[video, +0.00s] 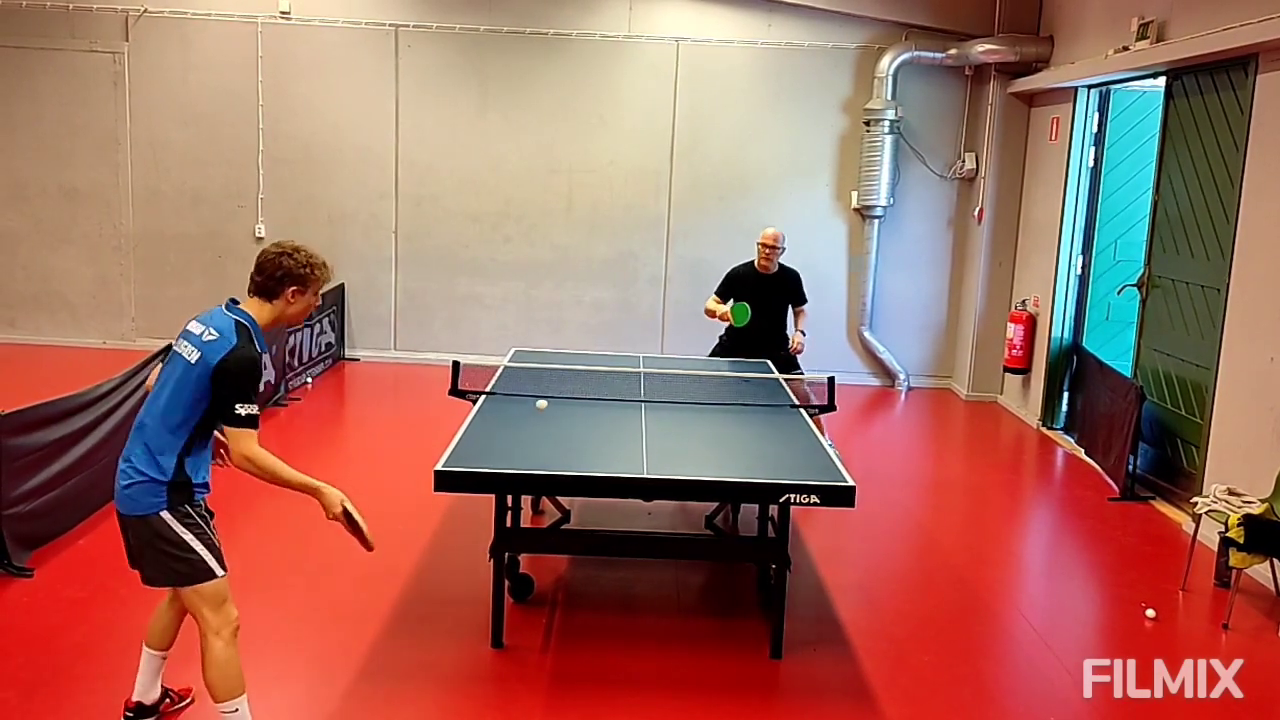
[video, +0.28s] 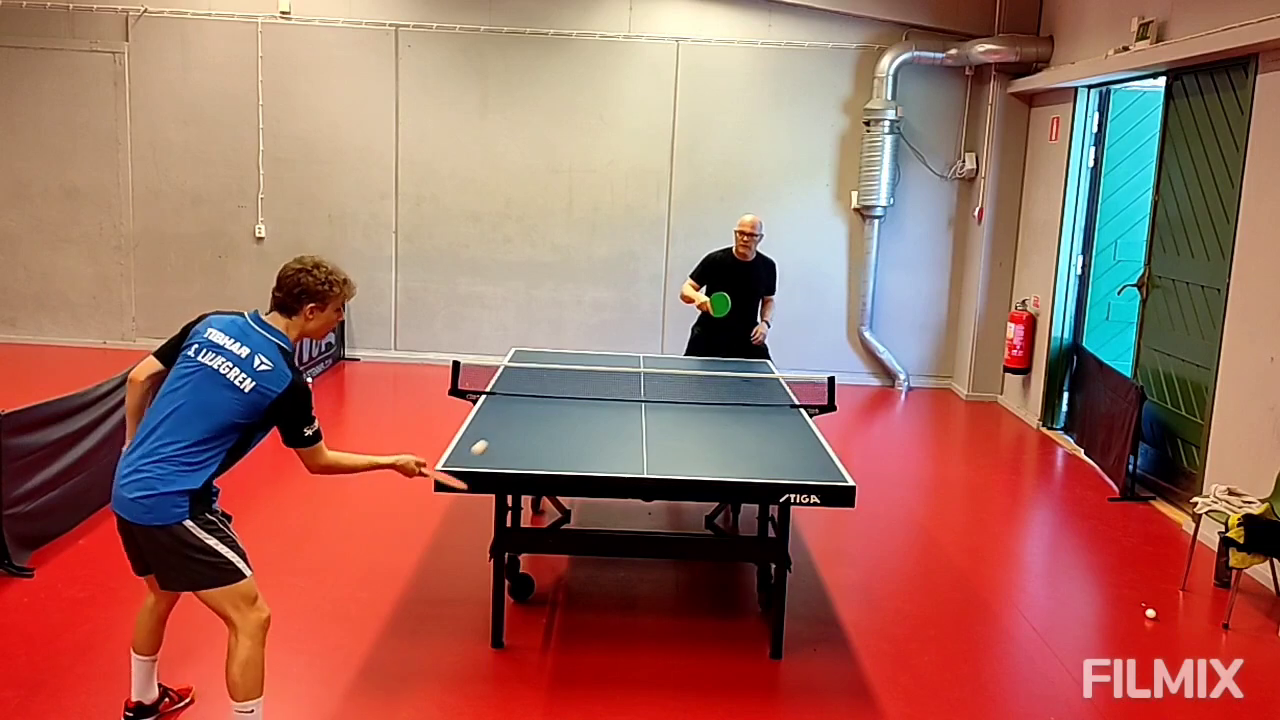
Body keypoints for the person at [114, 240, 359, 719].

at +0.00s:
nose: (311, 308)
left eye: (314, 299)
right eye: (312, 298)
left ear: (264, 286)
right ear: (291, 294)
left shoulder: (213, 319)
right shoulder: (243, 351)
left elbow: (157, 382)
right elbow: (243, 453)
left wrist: (206, 431)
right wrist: (318, 489)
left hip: (145, 484)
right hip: (165, 496)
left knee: (181, 594)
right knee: (220, 621)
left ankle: (145, 699)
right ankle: (239, 717)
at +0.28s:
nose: (339, 320)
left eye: (341, 311)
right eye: (337, 310)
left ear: (291, 301)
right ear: (310, 310)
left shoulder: (212, 323)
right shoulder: (286, 380)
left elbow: (139, 378)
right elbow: (318, 460)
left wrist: (135, 447)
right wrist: (390, 461)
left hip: (129, 491)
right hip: (175, 504)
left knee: (161, 592)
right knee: (249, 618)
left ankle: (143, 700)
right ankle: (249, 718)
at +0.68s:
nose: (288, 269)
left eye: (288, 260)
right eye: (286, 261)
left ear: (228, 260)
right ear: (268, 270)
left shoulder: (168, 311)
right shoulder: (261, 348)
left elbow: (117, 385)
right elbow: (293, 443)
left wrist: (87, 452)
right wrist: (351, 438)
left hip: (139, 487)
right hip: (192, 500)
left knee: (125, 605)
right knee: (250, 616)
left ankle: (83, 713)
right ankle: (247, 718)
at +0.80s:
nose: (256, 260)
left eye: (256, 251)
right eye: (254, 252)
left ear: (192, 255)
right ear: (235, 262)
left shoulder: (141, 311)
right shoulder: (232, 342)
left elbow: (115, 397)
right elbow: (253, 439)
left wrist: (105, 460)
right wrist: (314, 478)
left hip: (122, 489)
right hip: (179, 499)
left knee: (105, 608)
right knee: (232, 617)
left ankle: (79, 714)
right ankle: (244, 717)